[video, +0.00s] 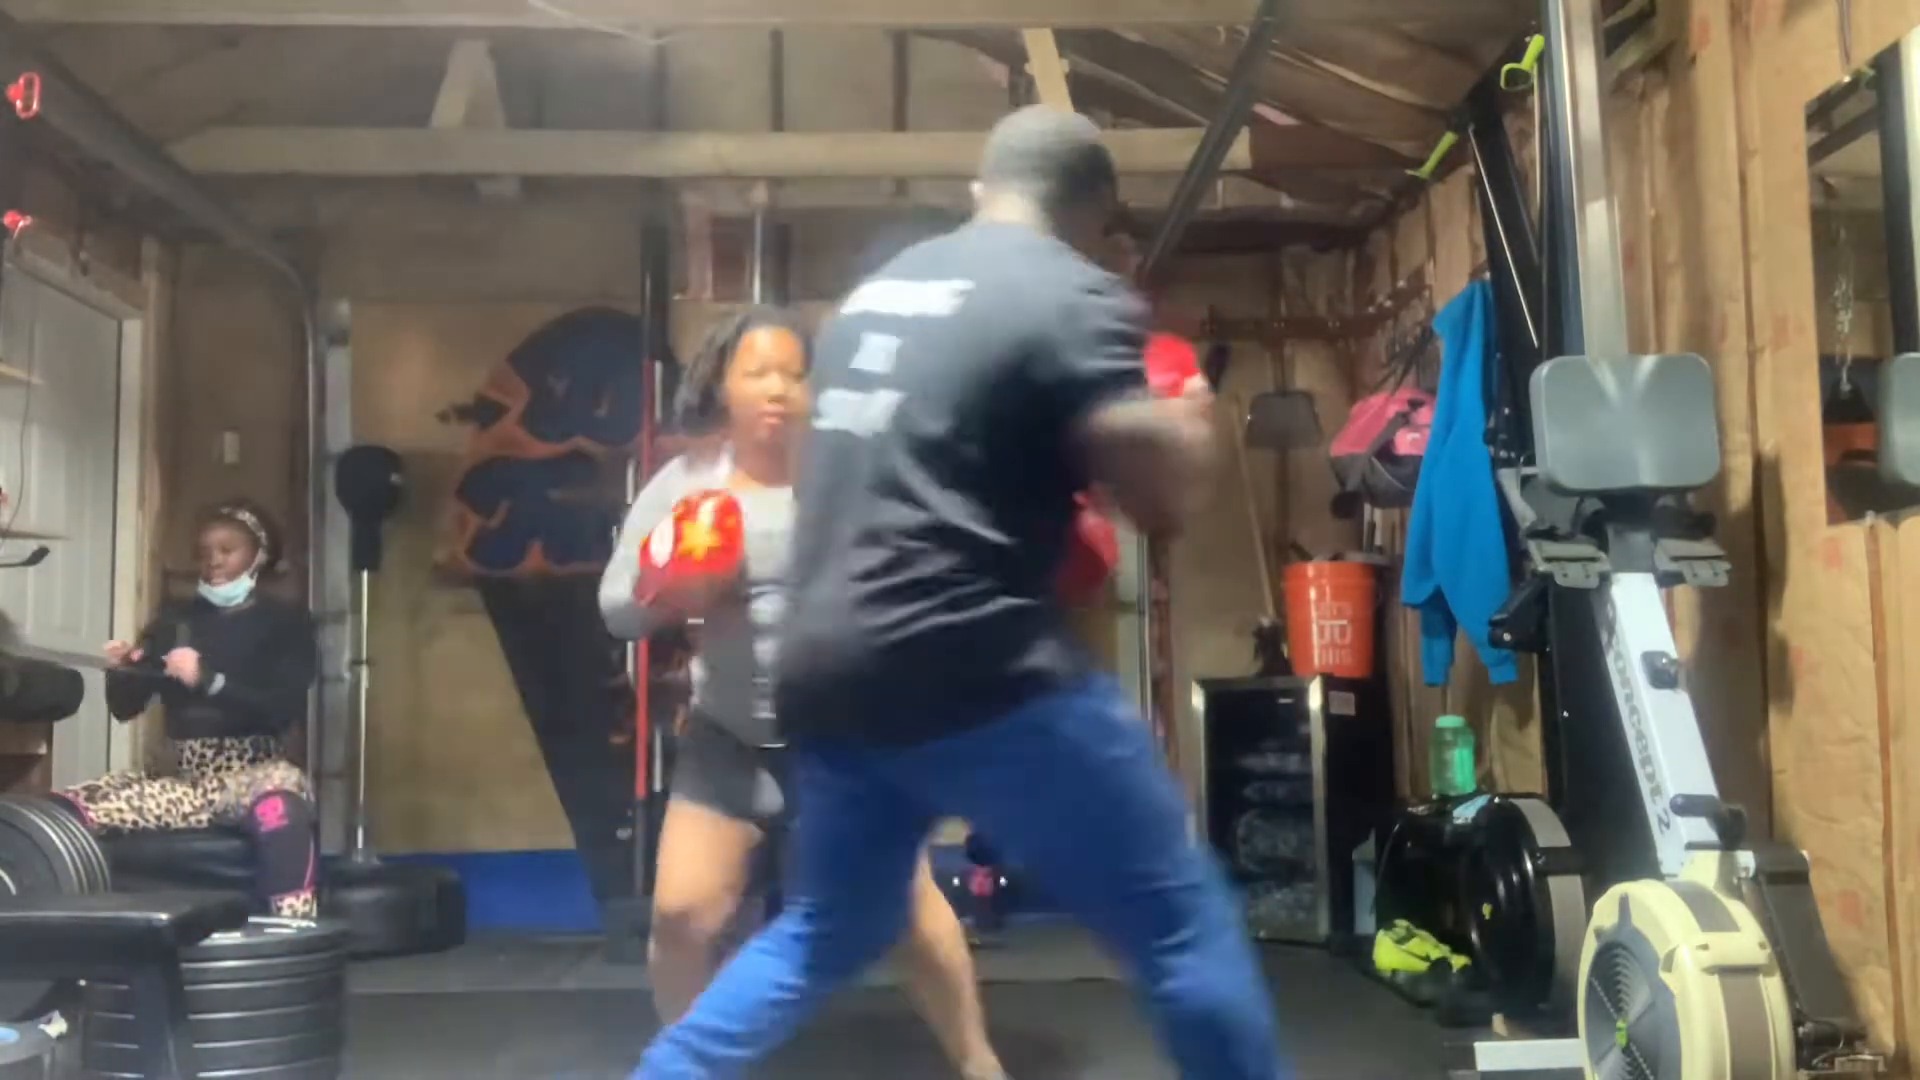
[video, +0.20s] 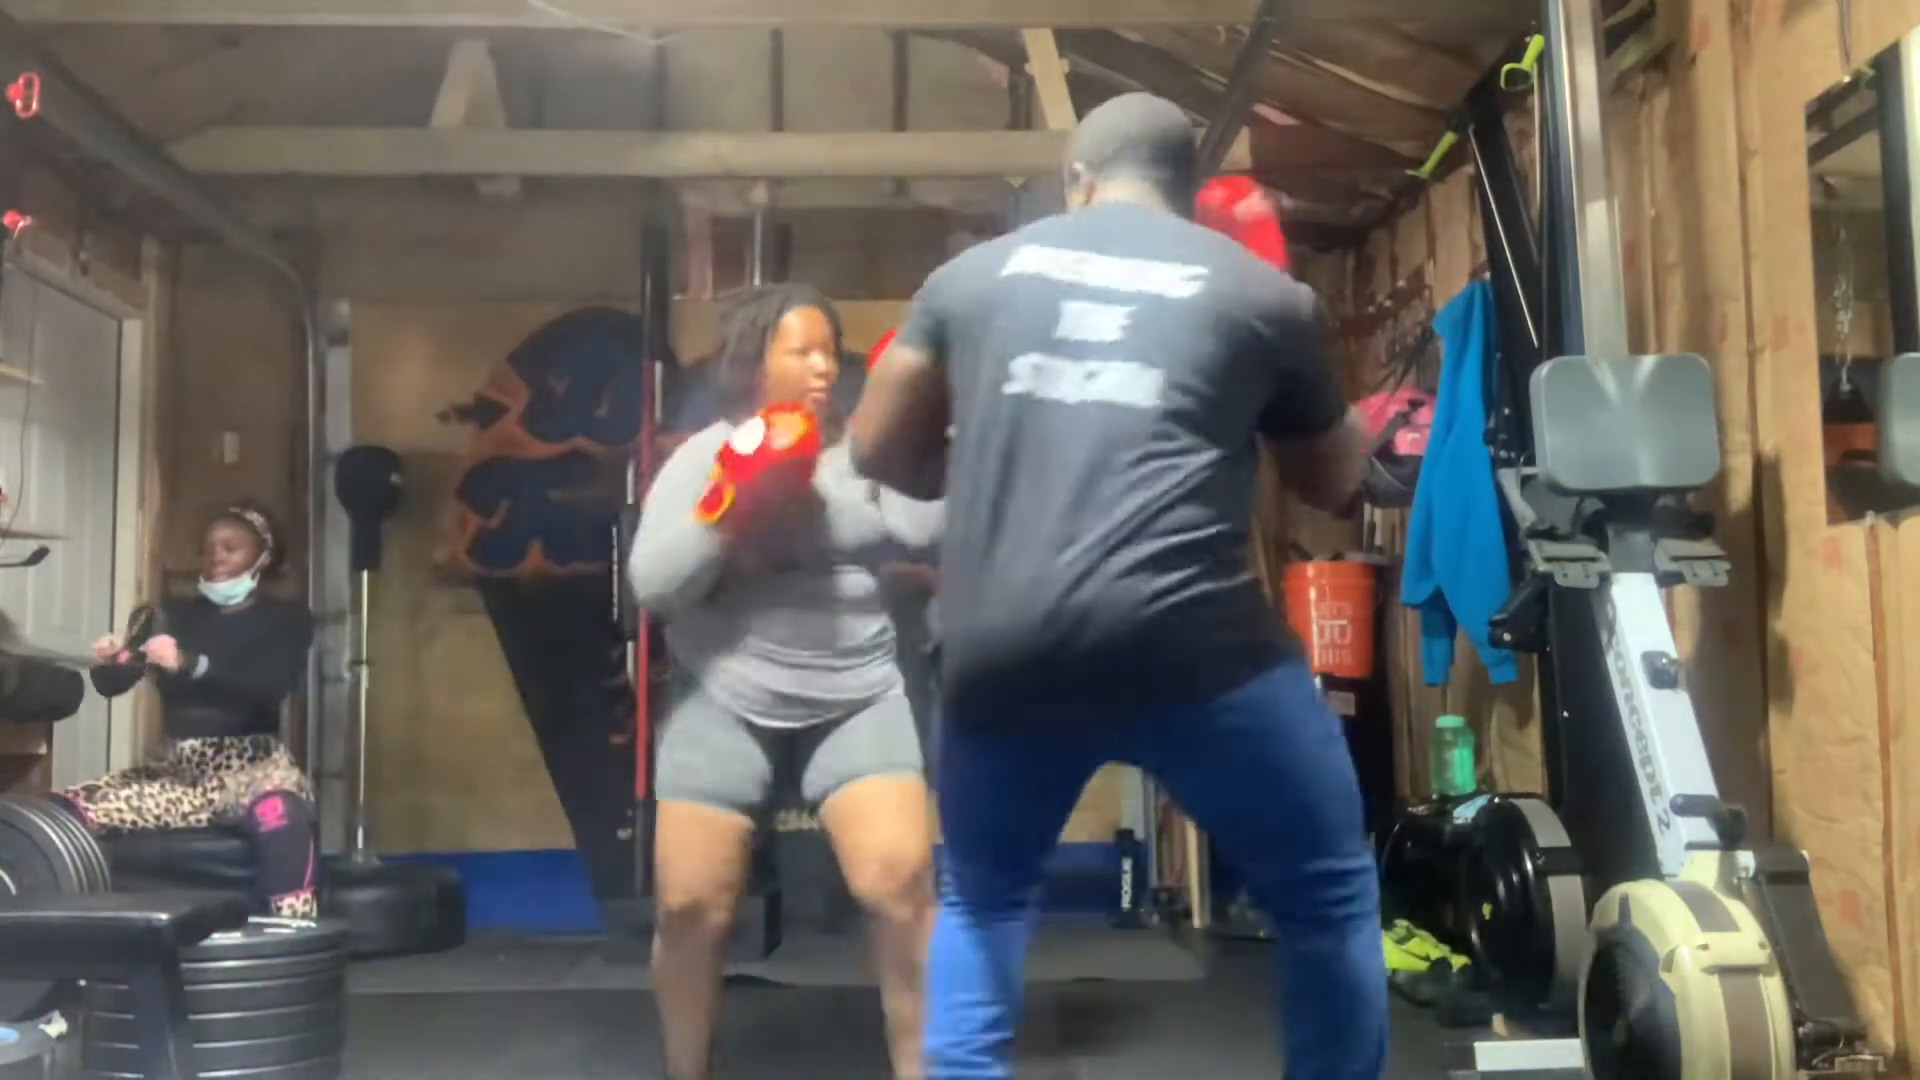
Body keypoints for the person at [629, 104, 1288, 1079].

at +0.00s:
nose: (1110, 237)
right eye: (1108, 217)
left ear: (982, 187)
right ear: (1094, 205)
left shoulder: (886, 280)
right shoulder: (1072, 294)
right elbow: (1161, 496)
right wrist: (1197, 418)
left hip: (822, 667)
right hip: (973, 658)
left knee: (830, 927)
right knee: (1179, 920)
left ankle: (668, 1069)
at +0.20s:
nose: (1070, 192)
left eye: (1069, 182)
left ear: (1079, 183)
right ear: (1192, 186)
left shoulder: (969, 275)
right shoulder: (1267, 298)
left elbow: (882, 447)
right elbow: (1331, 481)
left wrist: (994, 478)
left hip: (1000, 652)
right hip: (1190, 642)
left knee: (981, 900)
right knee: (1330, 897)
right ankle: (1335, 1073)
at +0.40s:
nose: (1069, 188)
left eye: (1070, 172)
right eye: (1069, 174)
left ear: (1100, 162)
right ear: (1201, 159)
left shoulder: (1058, 233)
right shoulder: (1283, 262)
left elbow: (949, 421)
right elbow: (1311, 423)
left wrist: (1024, 359)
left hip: (1118, 606)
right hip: (1298, 602)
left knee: (1048, 888)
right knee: (1360, 908)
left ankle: (1048, 1072)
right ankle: (1363, 1077)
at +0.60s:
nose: (1073, 190)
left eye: (1071, 173)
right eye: (1073, 177)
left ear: (1091, 161)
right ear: (1201, 148)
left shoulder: (1046, 249)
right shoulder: (1314, 248)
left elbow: (926, 416)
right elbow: (1327, 408)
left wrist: (898, 356)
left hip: (1121, 594)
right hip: (1304, 592)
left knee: (1054, 893)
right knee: (1363, 906)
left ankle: (1047, 1070)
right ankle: (1365, 1078)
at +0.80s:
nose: (1061, 189)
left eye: (1062, 175)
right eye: (1063, 177)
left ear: (1079, 168)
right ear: (1184, 155)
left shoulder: (1013, 266)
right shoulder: (1296, 257)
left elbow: (912, 412)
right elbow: (1350, 436)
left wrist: (982, 399)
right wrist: (1230, 404)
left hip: (1094, 607)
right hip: (1281, 600)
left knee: (1047, 895)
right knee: (1364, 891)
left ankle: (1043, 1071)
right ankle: (1373, 1077)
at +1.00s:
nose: (1057, 192)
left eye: (1054, 178)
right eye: (1058, 181)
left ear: (1074, 167)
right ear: (1176, 154)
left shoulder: (1020, 260)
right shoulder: (1268, 239)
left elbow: (964, 458)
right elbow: (1326, 415)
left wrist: (1029, 444)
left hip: (1112, 589)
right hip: (1290, 579)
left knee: (1048, 889)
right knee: (1376, 875)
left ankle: (1042, 1071)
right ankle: (1417, 1073)